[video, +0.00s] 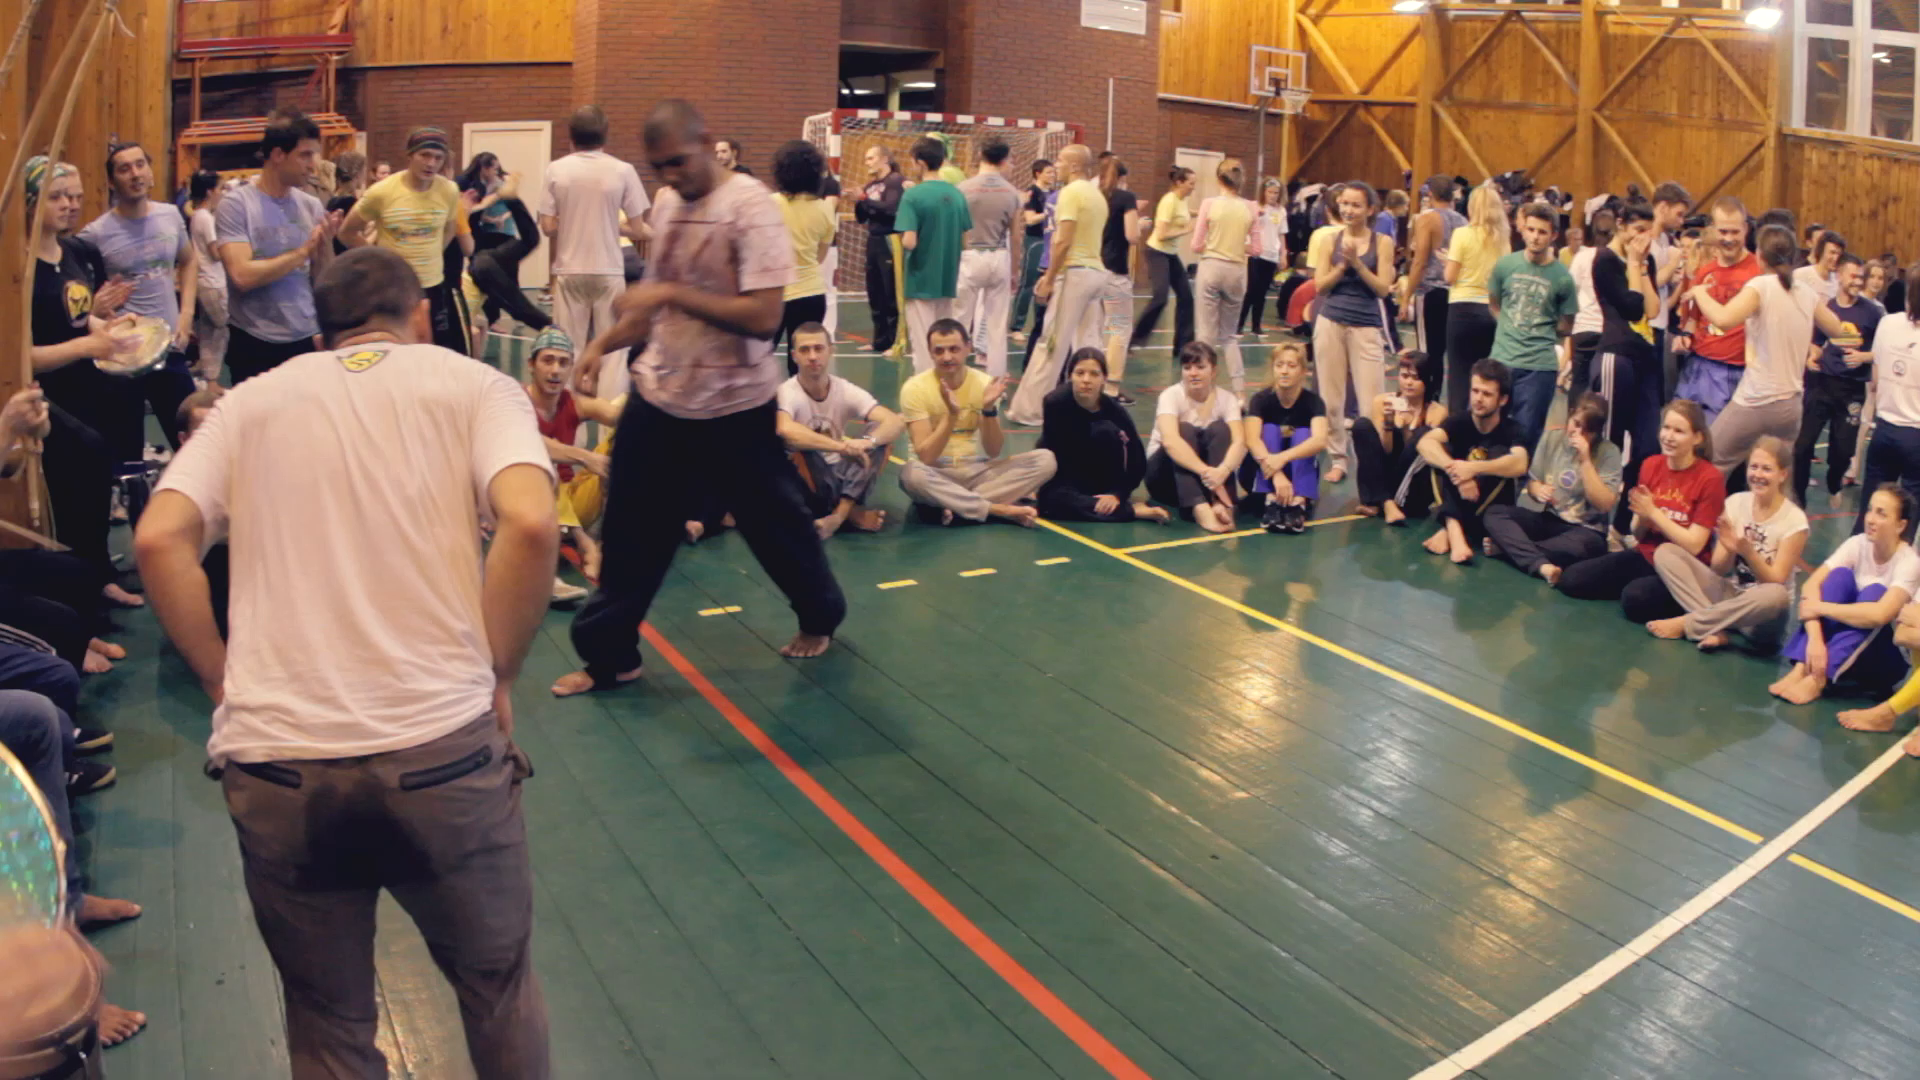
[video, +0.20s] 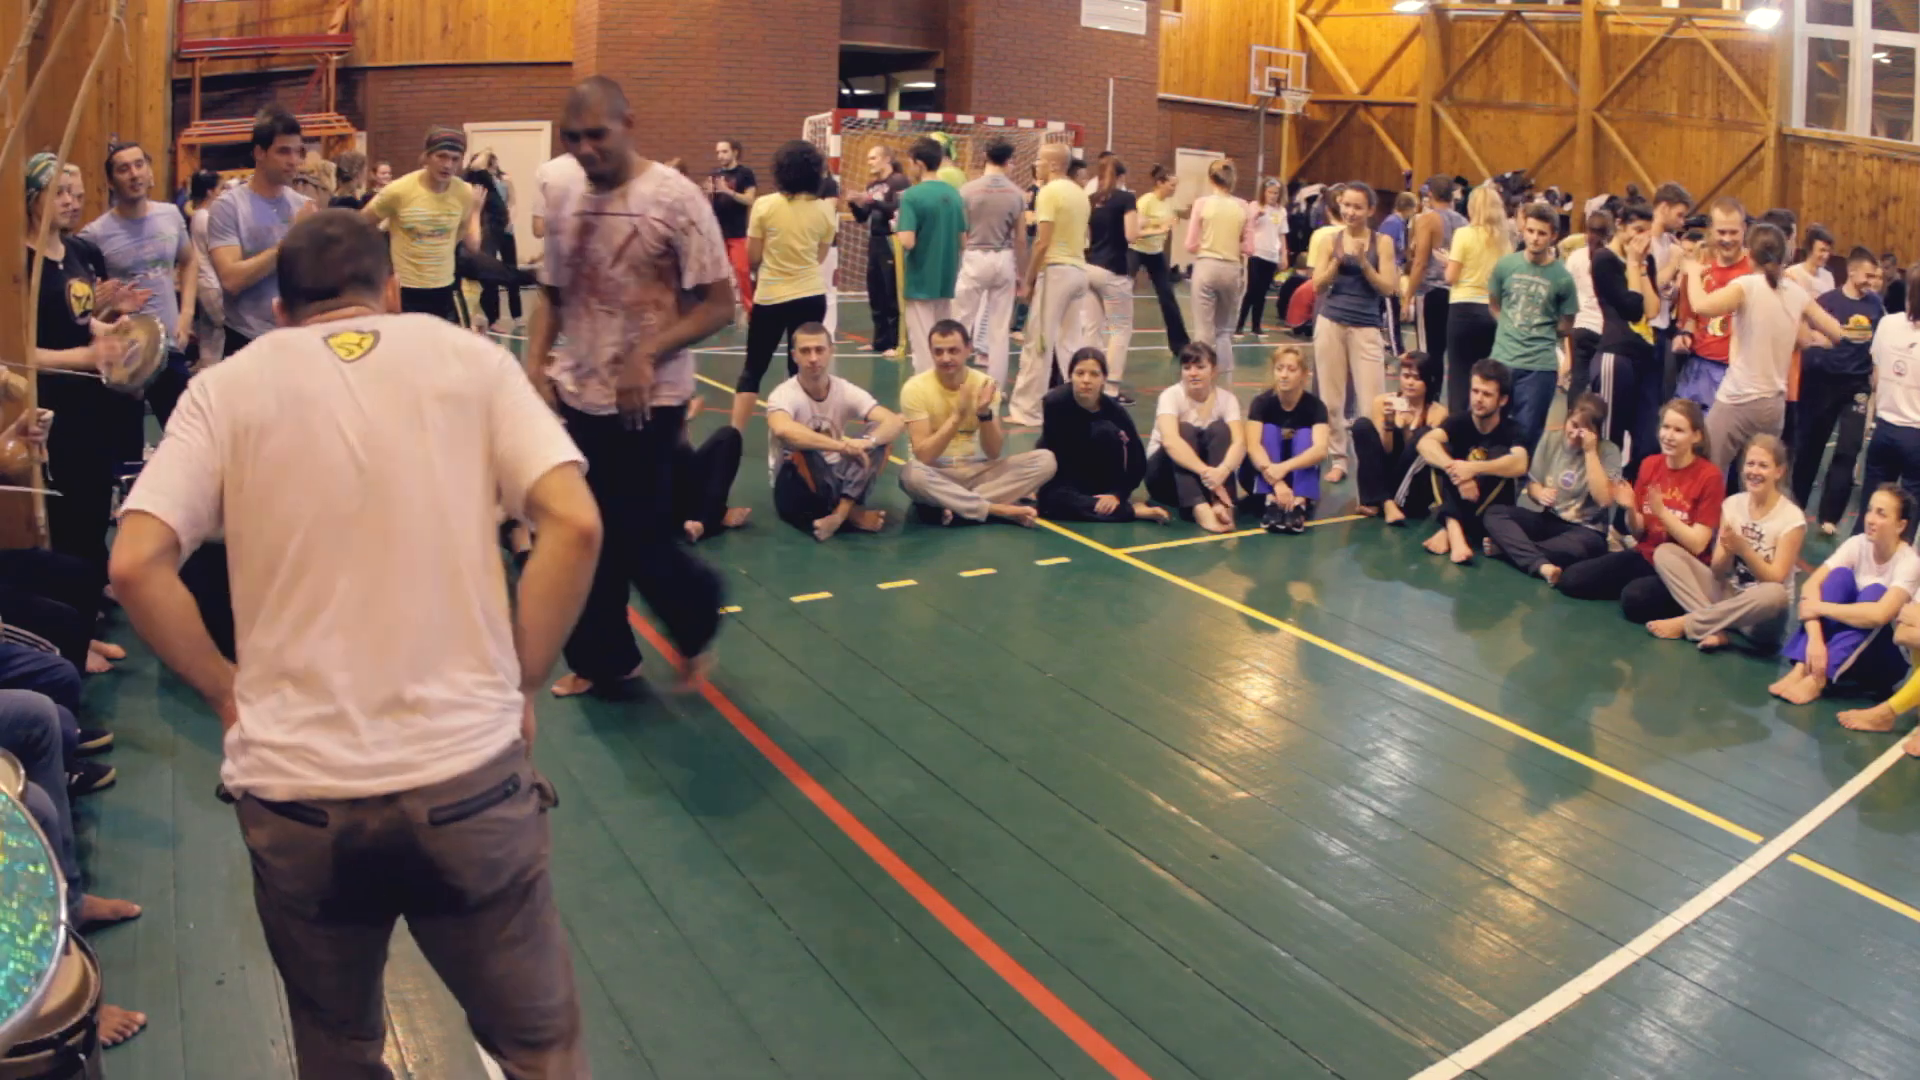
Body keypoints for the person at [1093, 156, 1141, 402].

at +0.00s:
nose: (1126, 181)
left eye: (1124, 178)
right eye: (1125, 177)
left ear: (1102, 175)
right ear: (1122, 177)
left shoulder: (1092, 195)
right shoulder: (1125, 197)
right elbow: (1131, 235)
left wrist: (1134, 211)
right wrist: (1142, 224)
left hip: (1091, 268)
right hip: (1116, 271)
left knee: (1090, 328)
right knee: (1120, 327)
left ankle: (1084, 385)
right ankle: (1111, 386)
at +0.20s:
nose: (1125, 180)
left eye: (1123, 176)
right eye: (1124, 176)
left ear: (1101, 175)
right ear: (1121, 176)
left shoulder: (1091, 198)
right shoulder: (1126, 198)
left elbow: (1088, 233)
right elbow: (1131, 234)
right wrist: (1148, 229)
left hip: (1090, 265)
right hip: (1115, 270)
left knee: (1090, 327)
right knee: (1120, 327)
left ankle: (1088, 384)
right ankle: (1111, 387)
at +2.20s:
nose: (1126, 175)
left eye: (1123, 170)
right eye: (1124, 171)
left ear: (1099, 173)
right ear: (1120, 174)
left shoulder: (1089, 201)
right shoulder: (1127, 201)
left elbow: (1087, 236)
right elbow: (1134, 238)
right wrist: (1141, 221)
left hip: (1091, 264)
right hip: (1117, 269)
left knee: (1091, 326)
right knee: (1120, 327)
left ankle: (1086, 383)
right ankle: (1111, 386)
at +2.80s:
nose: (1121, 176)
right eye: (1120, 173)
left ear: (1096, 175)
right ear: (1118, 174)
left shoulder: (1087, 201)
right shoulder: (1128, 201)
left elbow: (1085, 236)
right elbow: (1135, 238)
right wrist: (1140, 222)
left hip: (1089, 265)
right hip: (1116, 269)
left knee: (1088, 327)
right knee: (1120, 329)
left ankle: (1083, 375)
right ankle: (1116, 378)